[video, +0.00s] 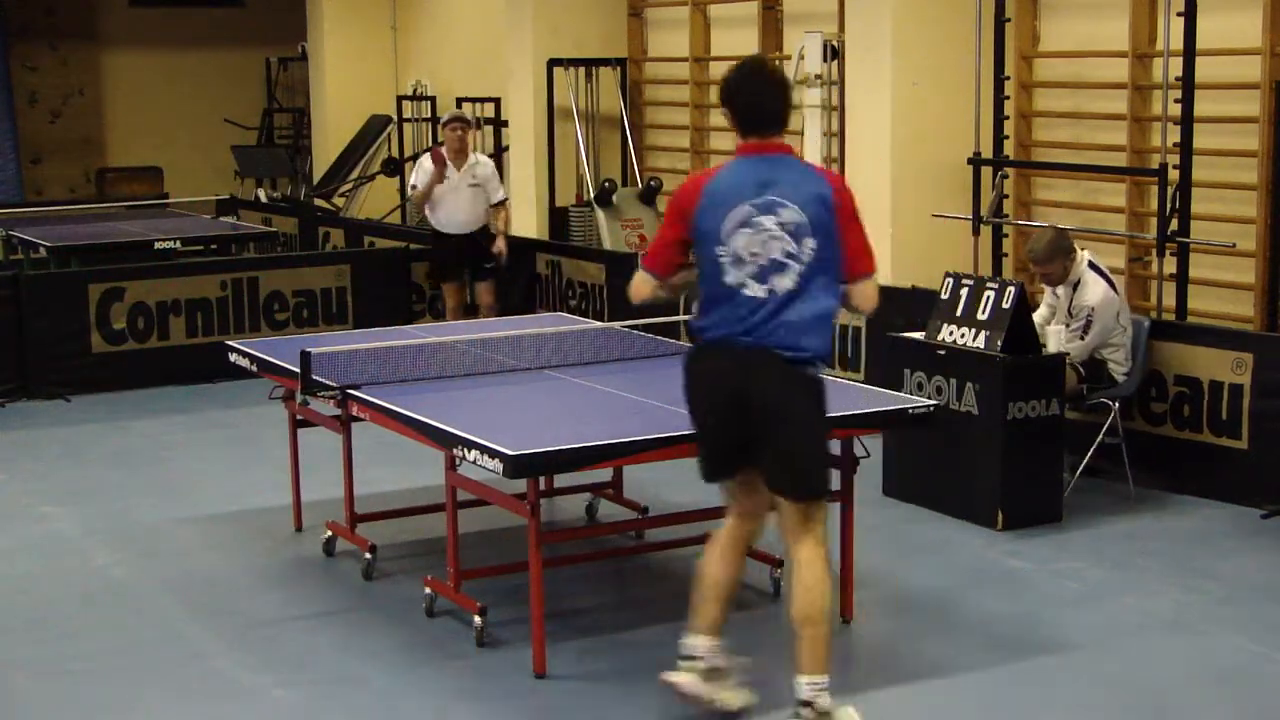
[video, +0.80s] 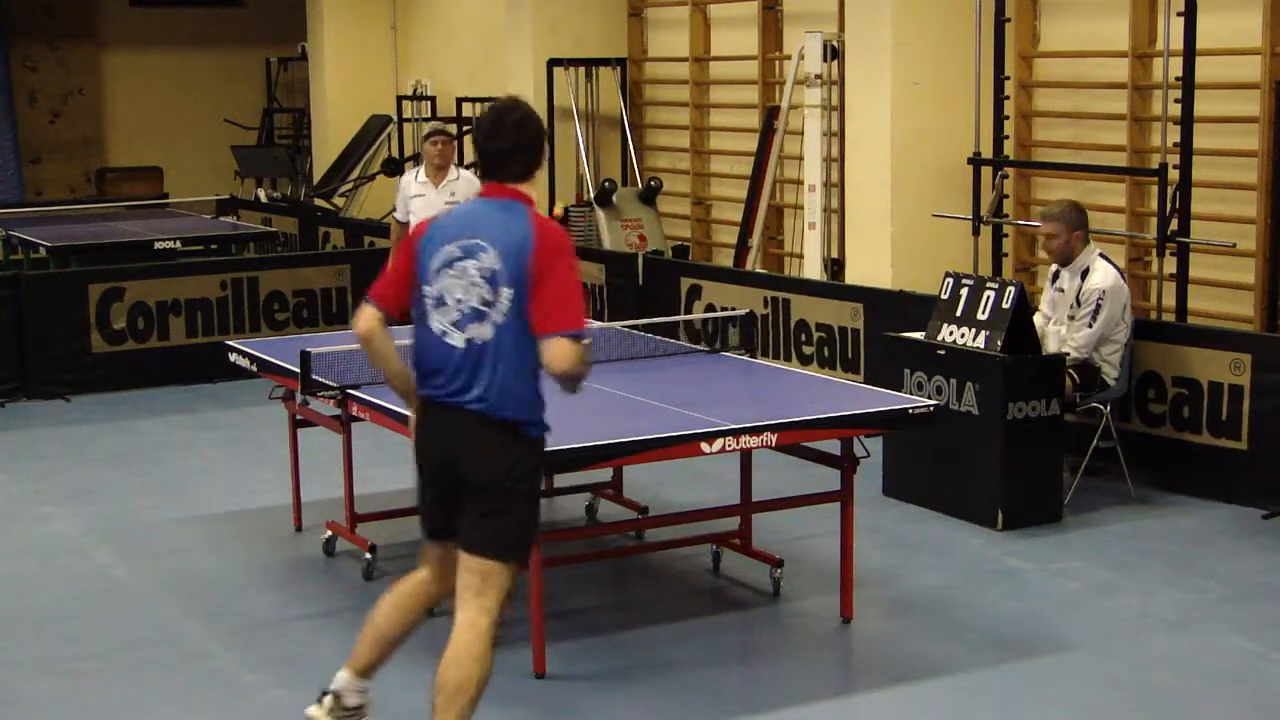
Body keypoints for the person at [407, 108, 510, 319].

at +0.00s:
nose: (459, 134)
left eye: (464, 129)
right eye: (454, 130)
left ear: (470, 134)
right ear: (444, 134)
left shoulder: (484, 164)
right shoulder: (427, 162)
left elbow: (499, 204)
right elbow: (417, 202)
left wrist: (500, 236)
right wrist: (434, 179)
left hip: (479, 239)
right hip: (445, 241)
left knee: (487, 303)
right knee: (453, 305)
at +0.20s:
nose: (454, 139)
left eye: (459, 134)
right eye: (448, 134)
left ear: (467, 139)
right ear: (438, 140)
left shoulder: (480, 172)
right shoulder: (422, 170)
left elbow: (499, 211)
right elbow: (412, 211)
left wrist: (512, 248)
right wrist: (432, 192)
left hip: (475, 246)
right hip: (440, 248)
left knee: (476, 306)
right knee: (451, 310)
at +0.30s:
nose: (454, 143)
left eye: (459, 138)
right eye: (448, 138)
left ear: (466, 143)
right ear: (437, 142)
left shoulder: (481, 175)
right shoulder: (422, 173)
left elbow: (499, 213)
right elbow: (411, 215)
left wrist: (512, 247)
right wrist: (432, 212)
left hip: (472, 250)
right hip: (438, 252)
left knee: (472, 310)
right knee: (448, 313)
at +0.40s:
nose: (455, 142)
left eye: (460, 137)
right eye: (449, 137)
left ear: (468, 142)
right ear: (439, 142)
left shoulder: (481, 175)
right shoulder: (422, 171)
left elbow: (499, 213)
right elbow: (410, 208)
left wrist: (510, 244)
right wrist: (424, 230)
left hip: (472, 251)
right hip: (436, 252)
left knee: (474, 310)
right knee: (440, 312)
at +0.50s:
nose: (454, 139)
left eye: (460, 135)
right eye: (448, 135)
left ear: (467, 140)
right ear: (438, 139)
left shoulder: (482, 173)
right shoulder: (420, 170)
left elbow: (496, 213)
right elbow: (409, 210)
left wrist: (489, 245)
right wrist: (414, 244)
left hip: (468, 250)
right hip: (430, 250)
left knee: (470, 309)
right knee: (430, 308)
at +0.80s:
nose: (439, 148)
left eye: (445, 143)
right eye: (433, 143)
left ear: (453, 149)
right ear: (423, 150)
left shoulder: (470, 182)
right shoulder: (408, 181)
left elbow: (477, 224)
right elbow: (399, 223)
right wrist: (394, 263)